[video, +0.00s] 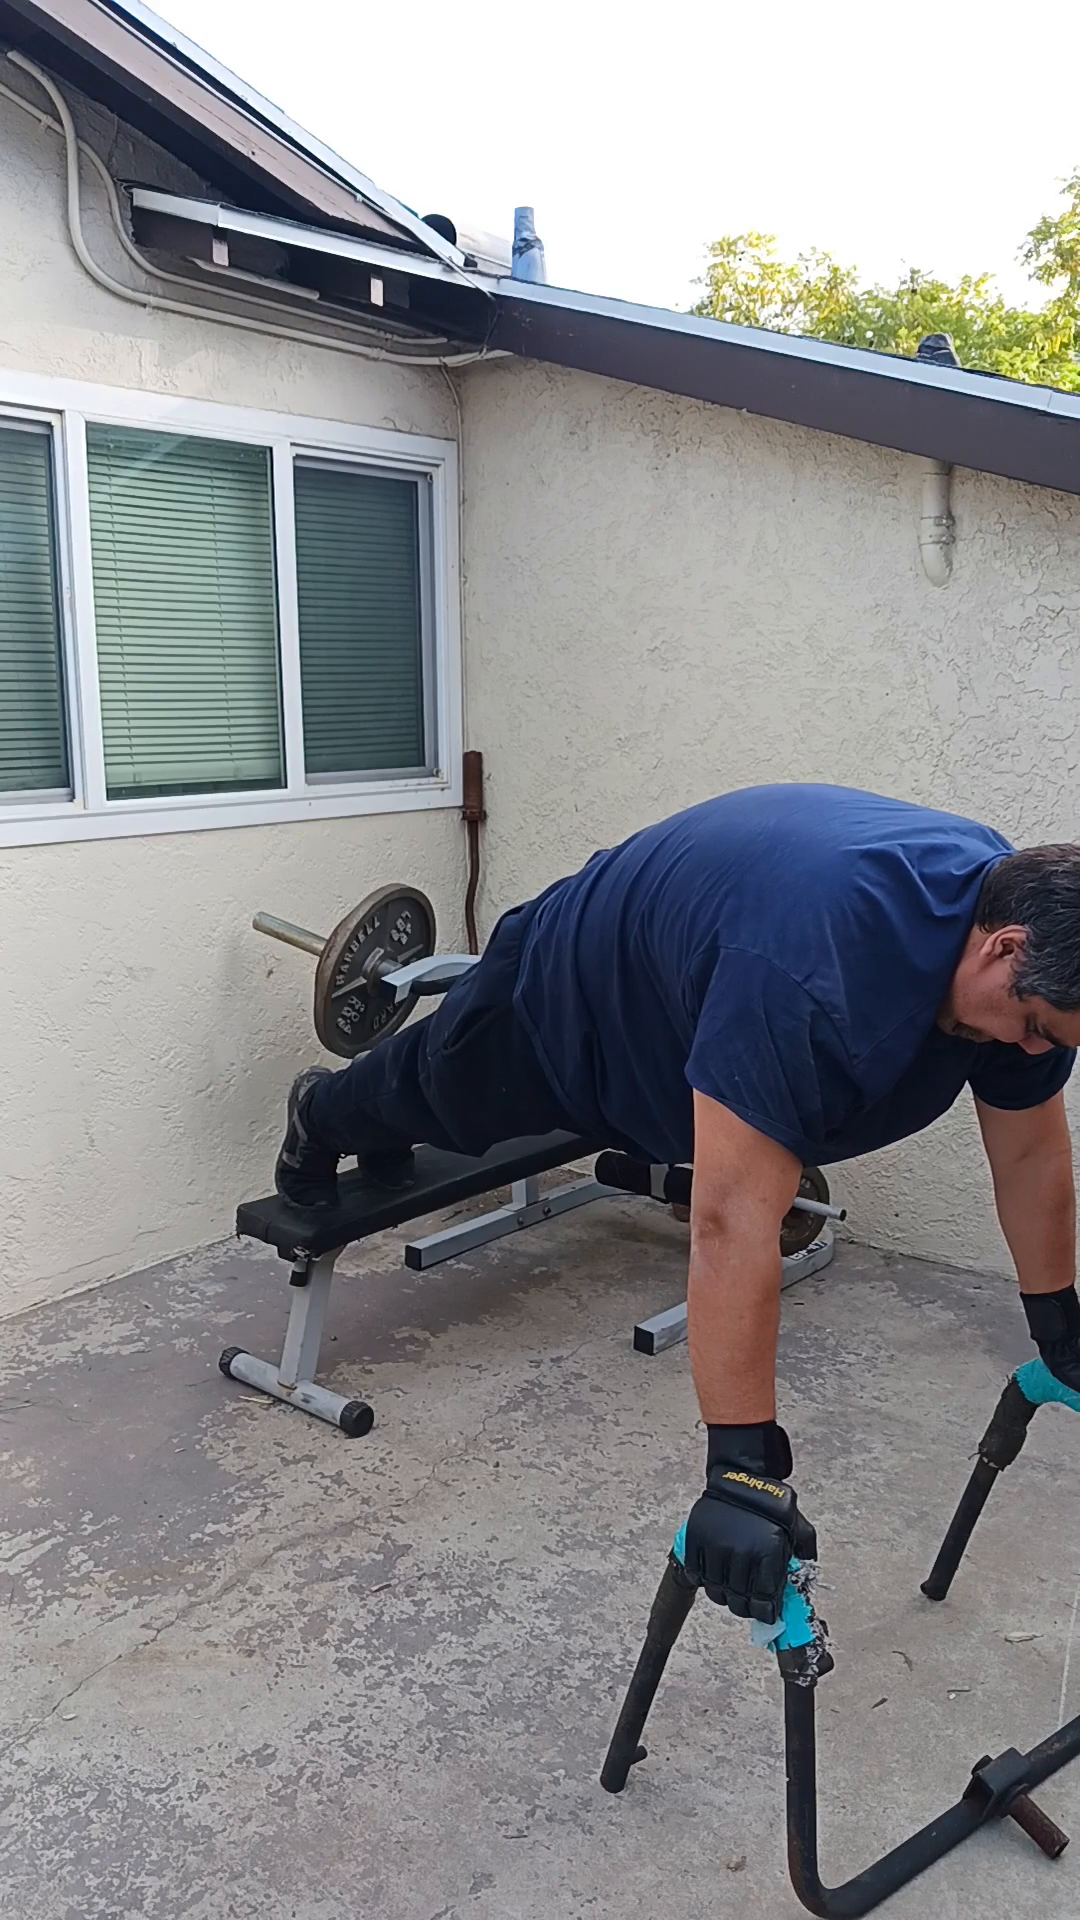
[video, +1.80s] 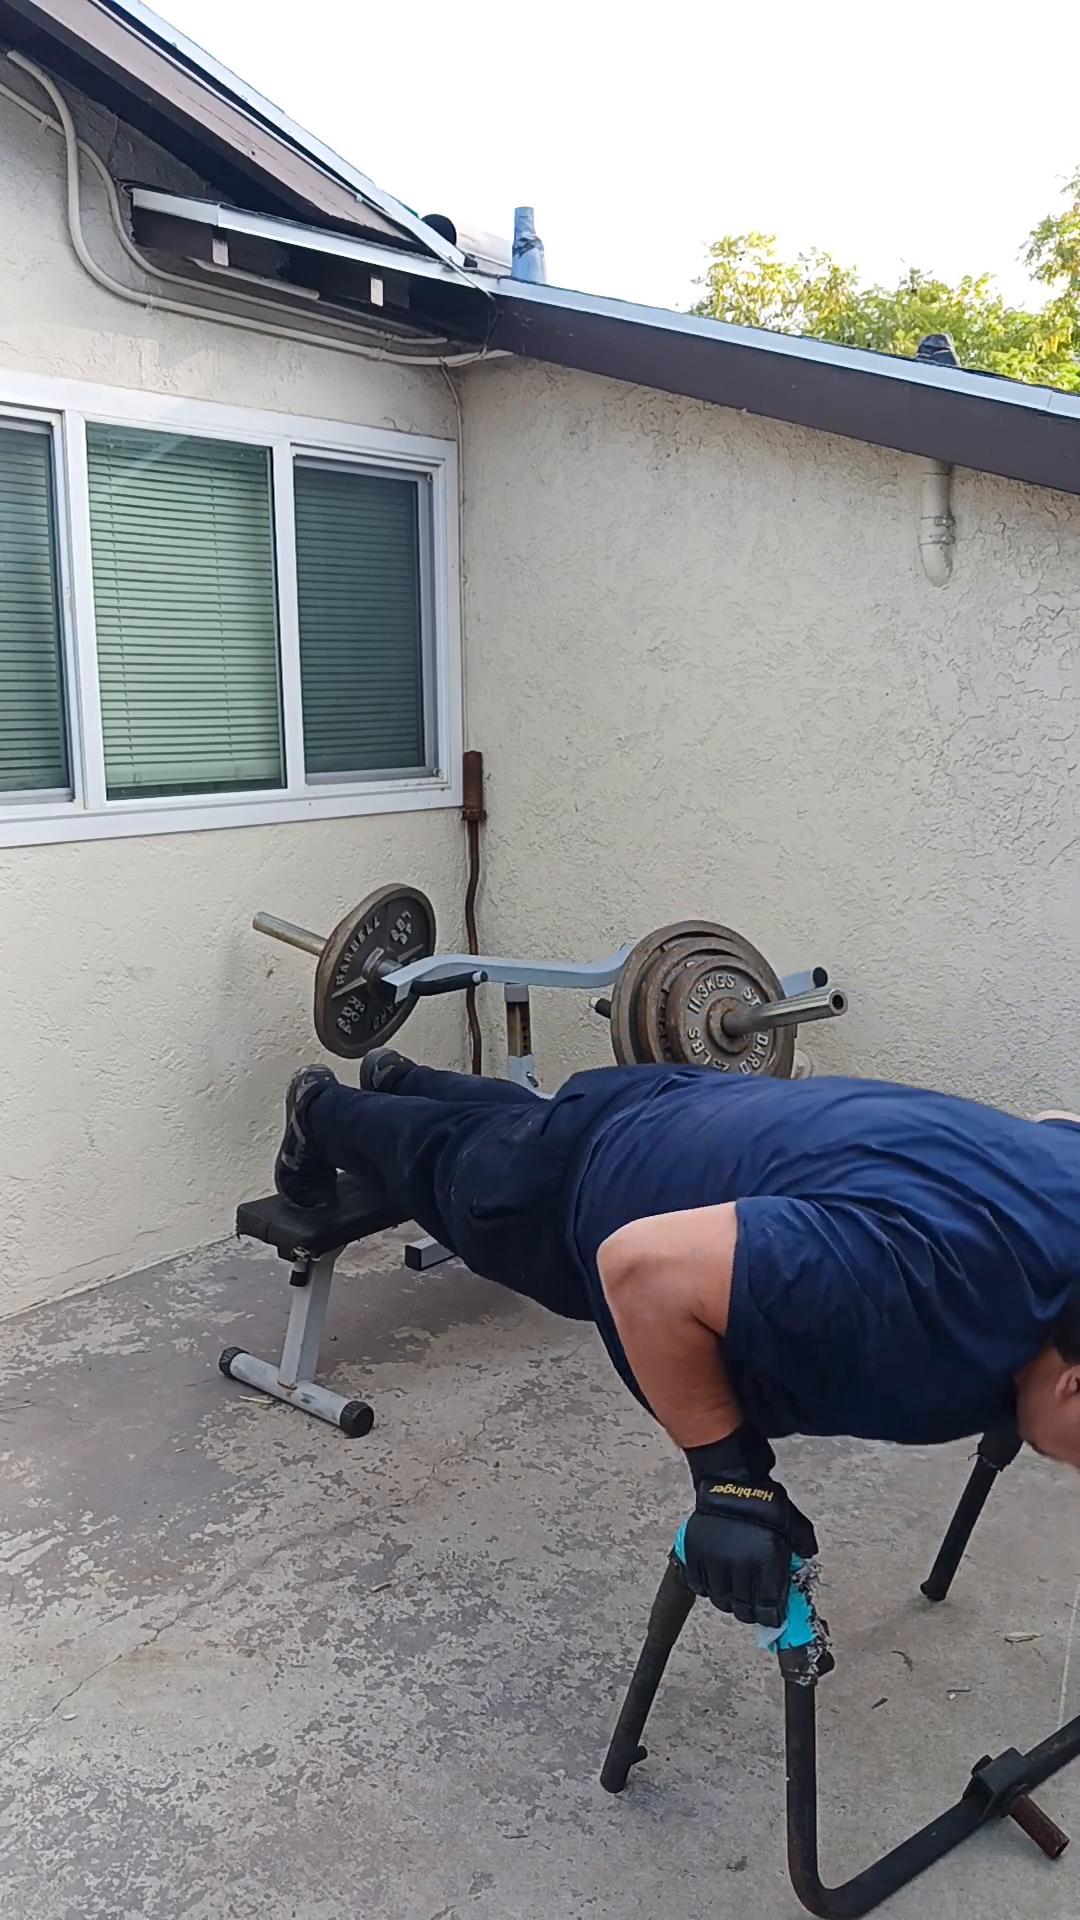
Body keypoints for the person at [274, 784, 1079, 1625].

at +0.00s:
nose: (1044, 1052)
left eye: (1058, 1039)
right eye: (1041, 1029)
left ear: (1016, 946)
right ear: (997, 953)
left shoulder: (1027, 965)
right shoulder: (809, 957)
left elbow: (1035, 1157)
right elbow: (730, 1220)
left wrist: (1057, 1322)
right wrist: (744, 1468)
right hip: (572, 985)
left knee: (494, 1088)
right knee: (429, 1079)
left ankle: (388, 1123)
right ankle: (319, 1113)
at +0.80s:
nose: (1044, 1164)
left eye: (1065, 1155)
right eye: (1050, 1141)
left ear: (1052, 1064)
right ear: (1026, 1068)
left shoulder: (1035, 993)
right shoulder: (835, 1063)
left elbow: (1040, 1162)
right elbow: (669, 1249)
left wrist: (1056, 1318)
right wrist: (735, 1475)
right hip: (583, 1041)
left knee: (496, 1112)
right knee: (430, 1101)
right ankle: (316, 1108)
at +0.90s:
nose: (1057, 1271)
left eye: (1074, 1261)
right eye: (1069, 1242)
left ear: (1065, 1159)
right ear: (1052, 1167)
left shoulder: (1057, 1058)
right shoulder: (868, 1128)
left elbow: (1039, 1186)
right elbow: (655, 1256)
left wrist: (1053, 1294)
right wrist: (733, 1475)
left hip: (728, 990)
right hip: (603, 1065)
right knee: (439, 1113)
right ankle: (321, 1106)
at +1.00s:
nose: (1054, 1350)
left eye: (1064, 1349)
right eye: (1069, 1337)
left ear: (1070, 1246)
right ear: (1064, 1257)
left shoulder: (1070, 1116)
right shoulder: (898, 1197)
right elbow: (652, 1265)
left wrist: (1040, 1336)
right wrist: (735, 1478)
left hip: (710, 1040)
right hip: (601, 1112)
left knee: (507, 1109)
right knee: (447, 1123)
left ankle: (395, 1140)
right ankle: (321, 1113)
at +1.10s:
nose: (1051, 1417)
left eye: (1064, 1414)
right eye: (1068, 1408)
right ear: (1068, 1342)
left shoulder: (1077, 1168)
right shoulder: (903, 1261)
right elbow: (654, 1265)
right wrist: (733, 1477)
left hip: (713, 1071)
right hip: (605, 1141)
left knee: (522, 1104)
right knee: (449, 1138)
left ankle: (391, 1084)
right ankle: (324, 1110)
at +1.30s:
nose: (1053, 1524)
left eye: (1063, 1520)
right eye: (1068, 1518)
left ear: (1070, 1454)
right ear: (1070, 1459)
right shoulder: (925, 1350)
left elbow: (1040, 1130)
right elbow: (681, 1259)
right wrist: (733, 1480)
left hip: (731, 1119)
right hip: (626, 1195)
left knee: (542, 1130)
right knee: (462, 1175)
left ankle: (405, 1083)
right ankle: (327, 1110)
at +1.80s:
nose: (1053, 1450)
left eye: (1067, 1440)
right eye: (1071, 1437)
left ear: (1071, 1373)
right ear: (1067, 1382)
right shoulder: (906, 1288)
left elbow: (1051, 1134)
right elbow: (646, 1273)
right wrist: (730, 1479)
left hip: (713, 1094)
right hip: (605, 1174)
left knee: (534, 1119)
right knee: (451, 1158)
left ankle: (404, 1084)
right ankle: (323, 1108)